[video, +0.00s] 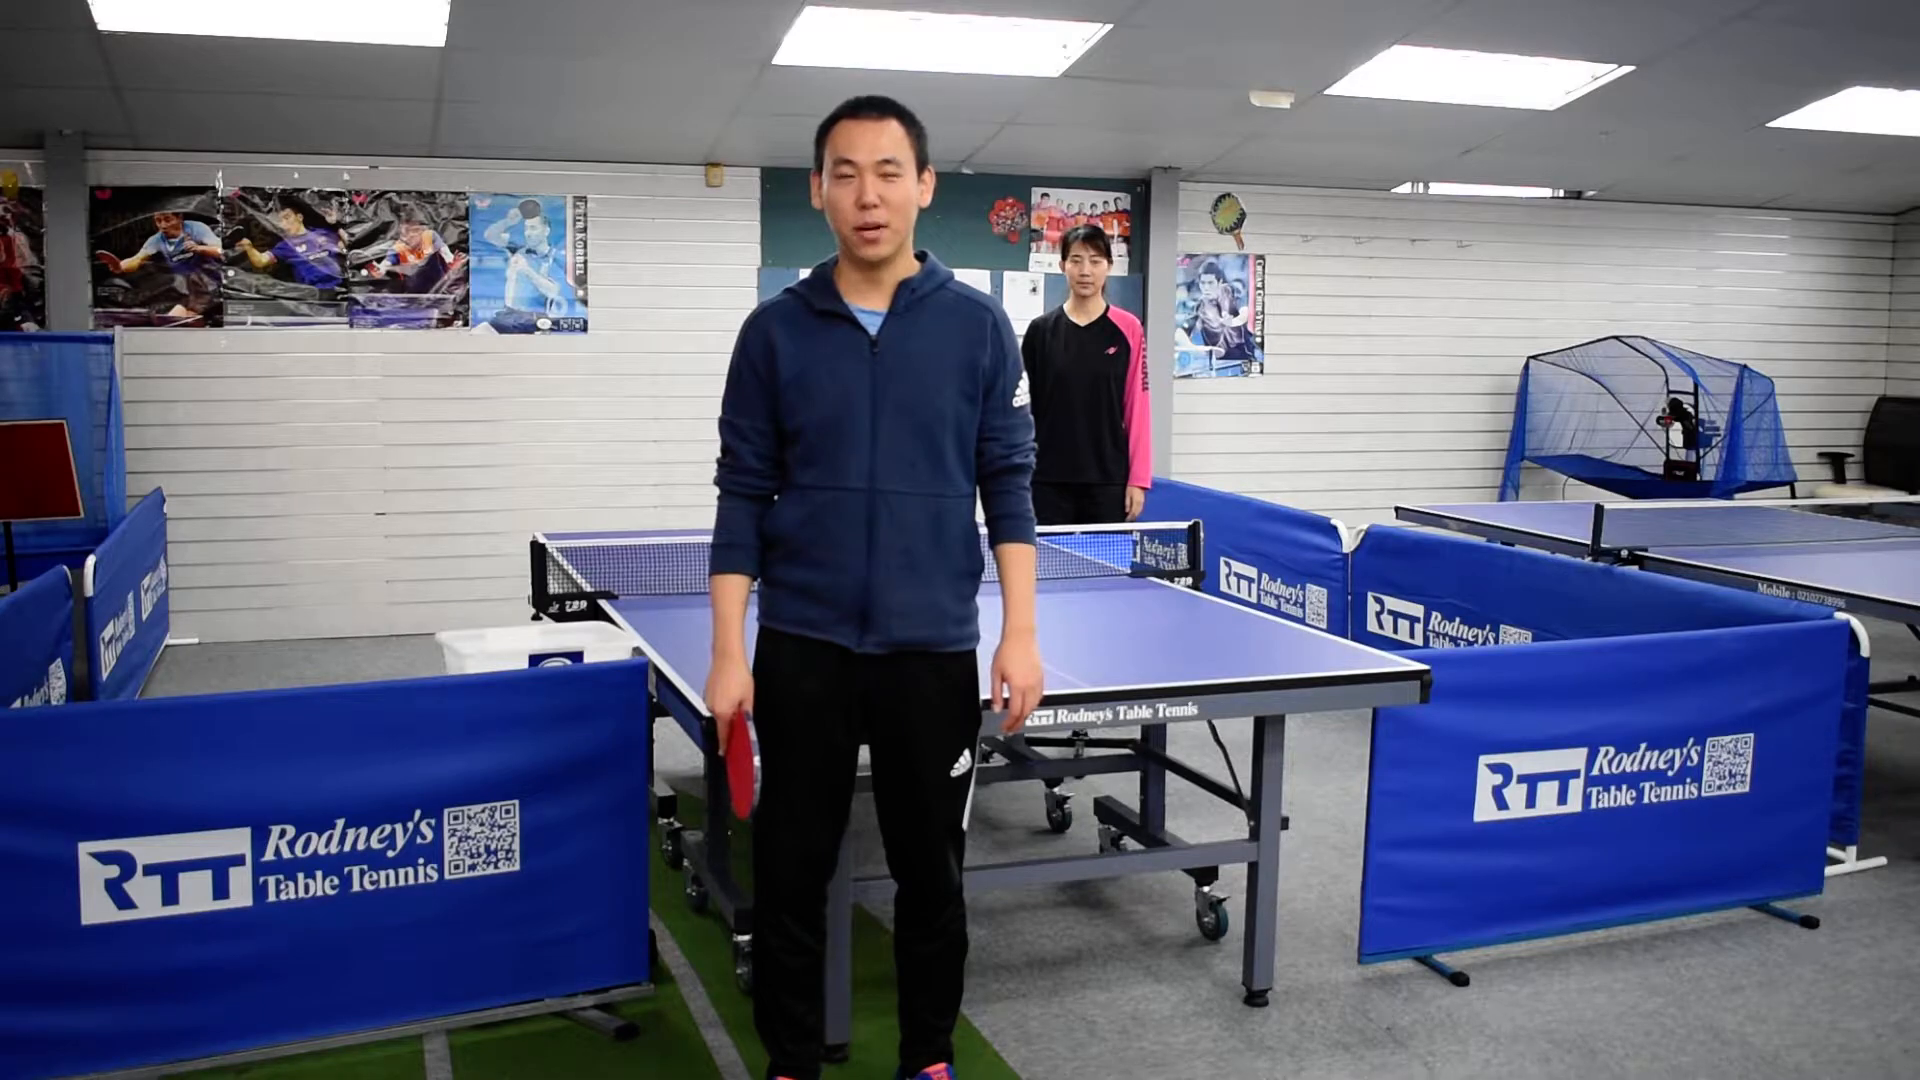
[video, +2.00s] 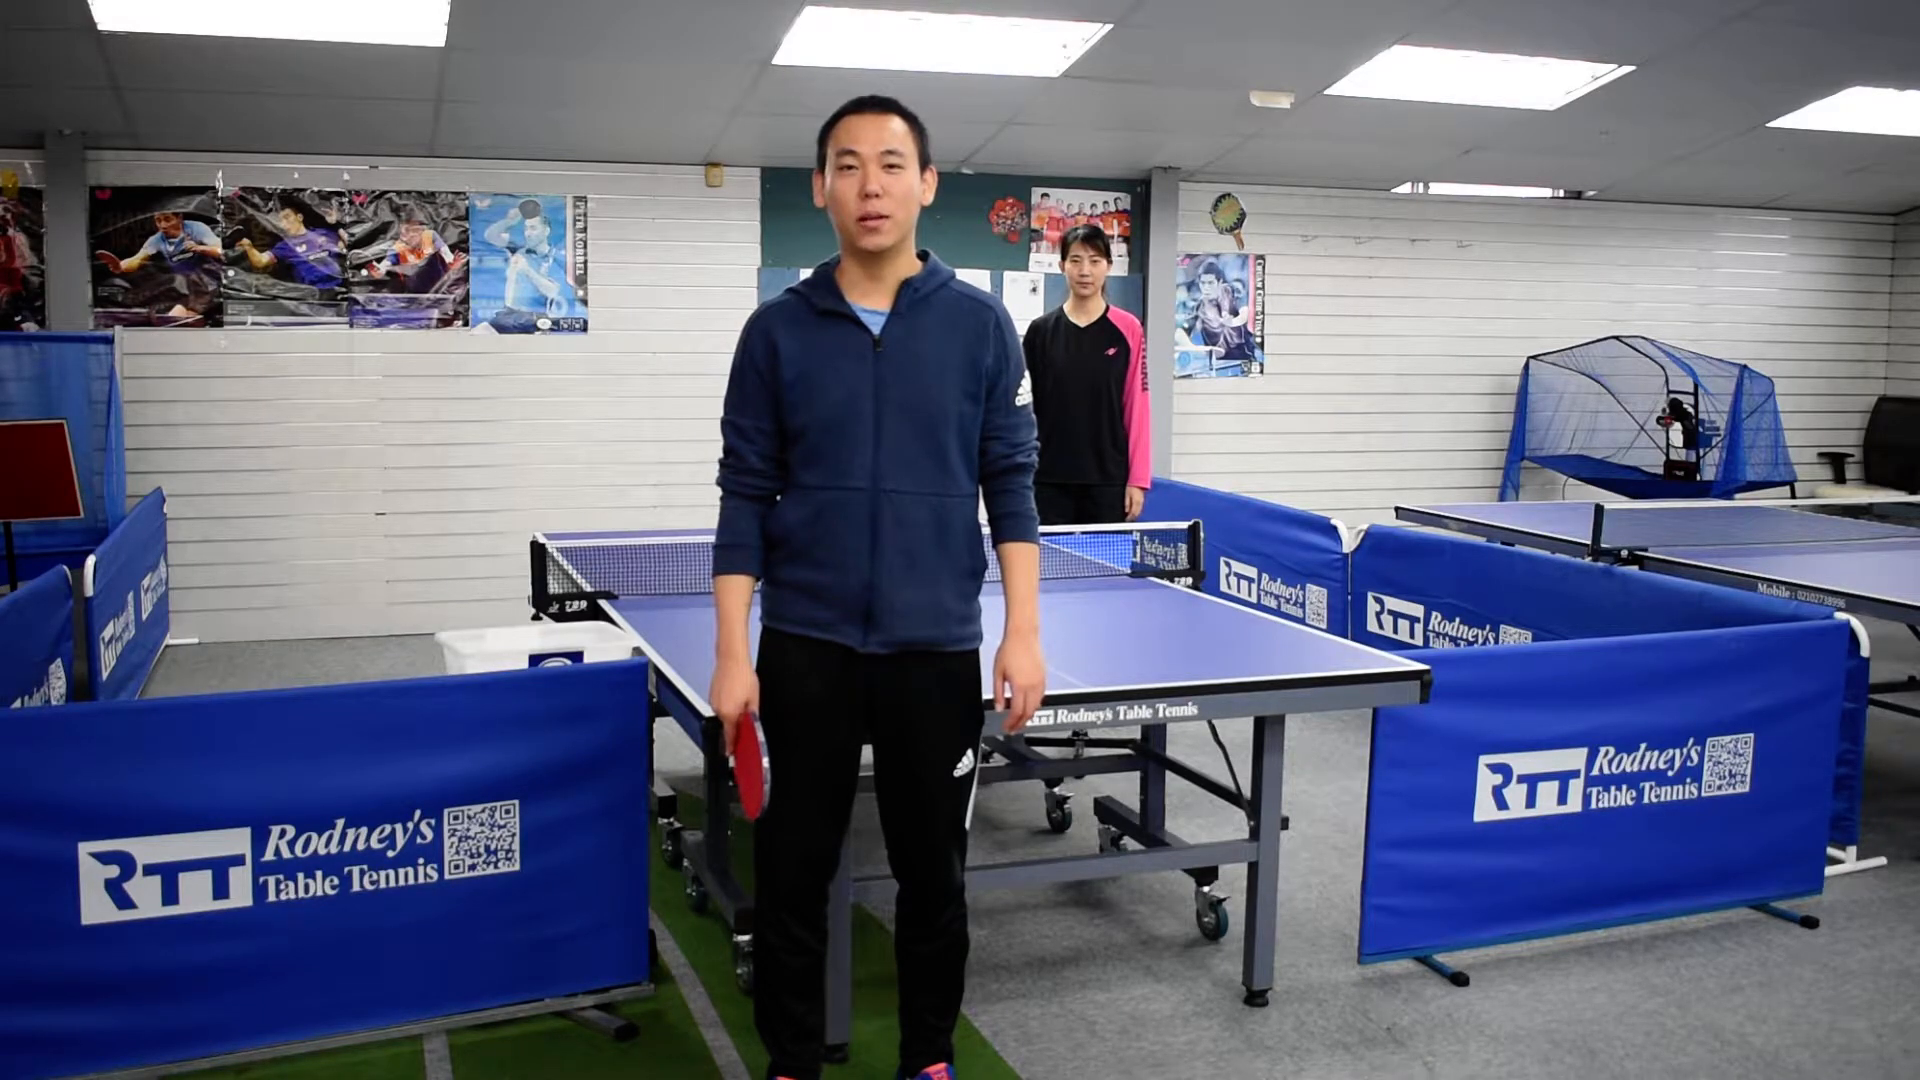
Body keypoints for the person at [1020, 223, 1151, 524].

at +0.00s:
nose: (1085, 271)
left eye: (1095, 262)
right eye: (1076, 261)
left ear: (1109, 268)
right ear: (1063, 266)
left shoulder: (1128, 329)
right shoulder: (1040, 331)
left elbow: (1137, 407)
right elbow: (1022, 405)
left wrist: (1138, 478)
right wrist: (1019, 477)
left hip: (1107, 482)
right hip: (1049, 480)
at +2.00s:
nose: (1085, 271)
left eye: (1095, 262)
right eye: (1075, 261)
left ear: (1108, 268)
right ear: (1063, 266)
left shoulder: (1128, 329)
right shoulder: (1040, 331)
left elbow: (1137, 406)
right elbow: (1023, 404)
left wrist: (1138, 479)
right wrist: (1020, 476)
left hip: (1107, 482)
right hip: (1050, 480)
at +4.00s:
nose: (1086, 271)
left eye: (1096, 262)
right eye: (1076, 261)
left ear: (1109, 268)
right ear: (1064, 266)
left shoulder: (1128, 329)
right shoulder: (1040, 331)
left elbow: (1137, 407)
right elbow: (1023, 405)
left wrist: (1138, 478)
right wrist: (1021, 477)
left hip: (1108, 481)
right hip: (1050, 480)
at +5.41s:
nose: (1086, 272)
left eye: (1096, 262)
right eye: (1076, 261)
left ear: (1109, 268)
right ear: (1064, 266)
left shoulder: (1129, 329)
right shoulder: (1040, 331)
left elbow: (1137, 407)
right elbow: (1023, 405)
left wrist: (1138, 479)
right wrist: (1021, 477)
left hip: (1108, 483)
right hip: (1050, 481)